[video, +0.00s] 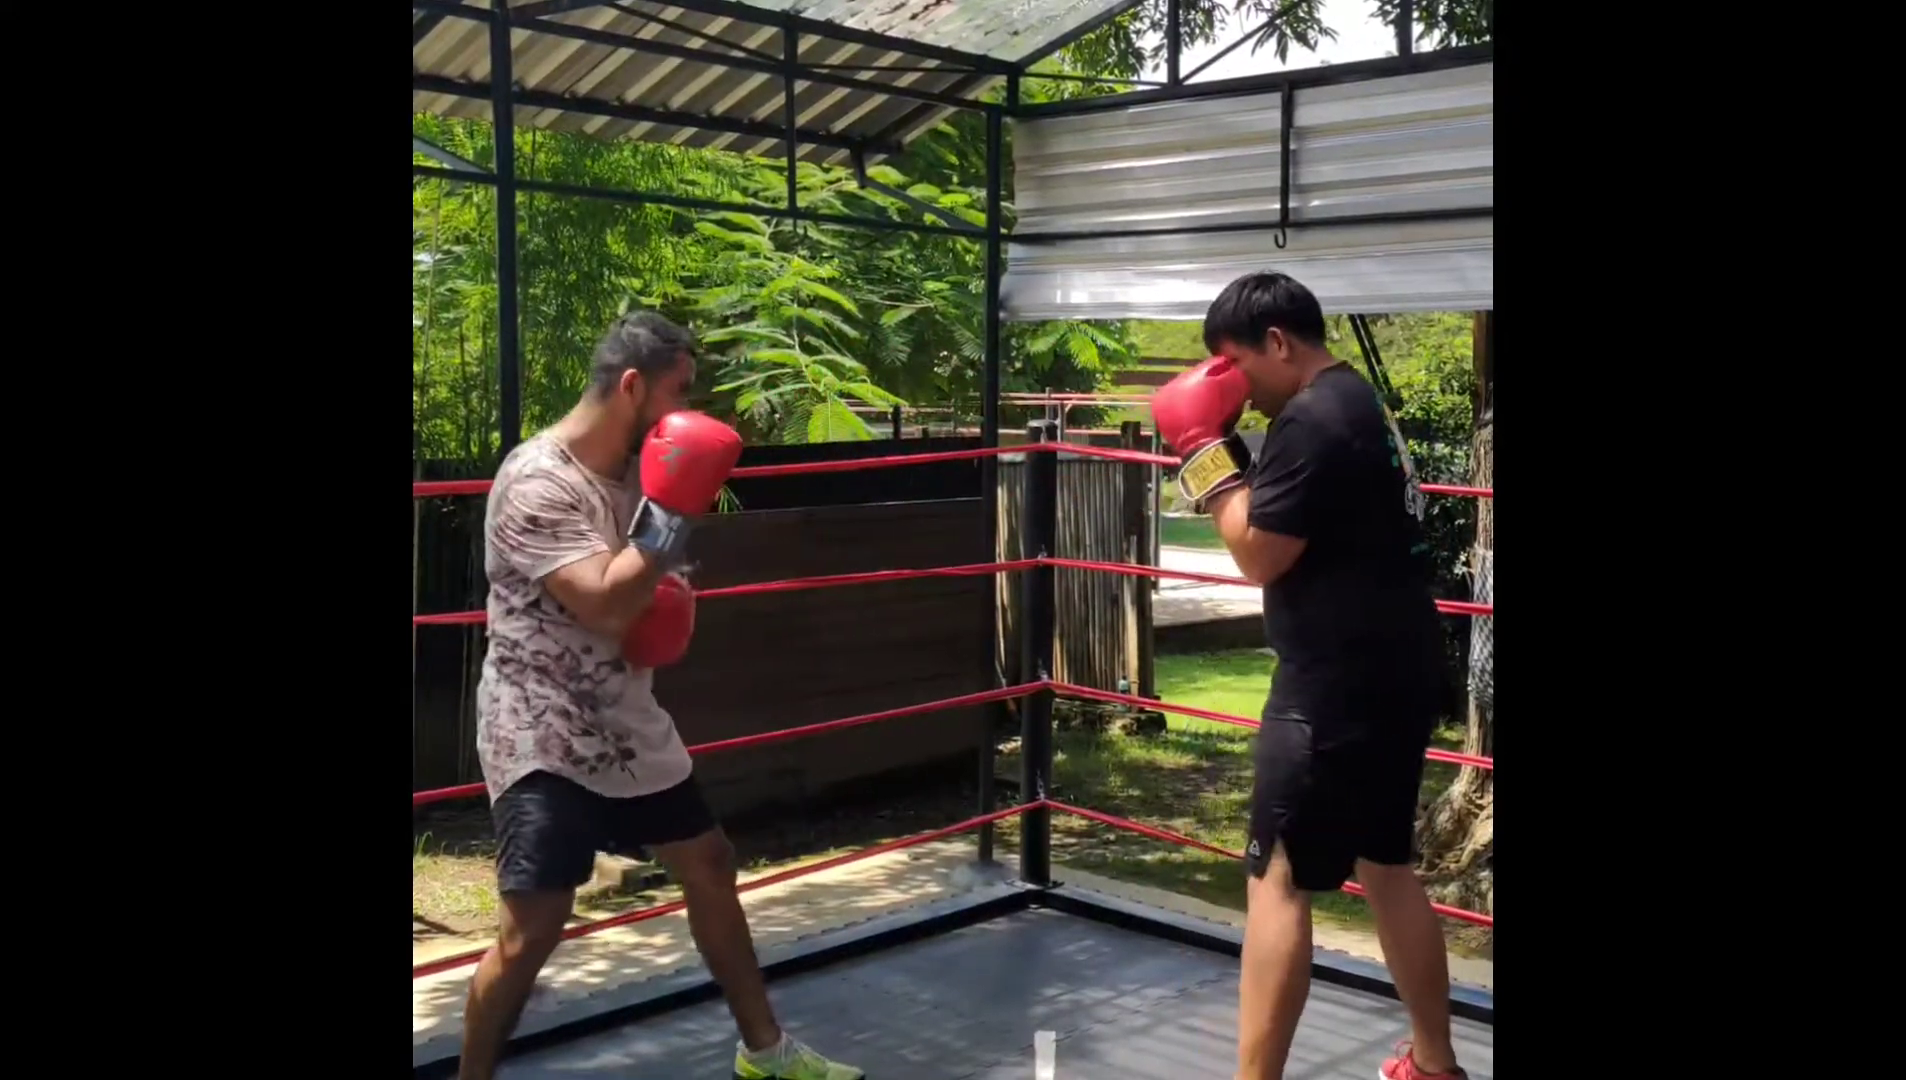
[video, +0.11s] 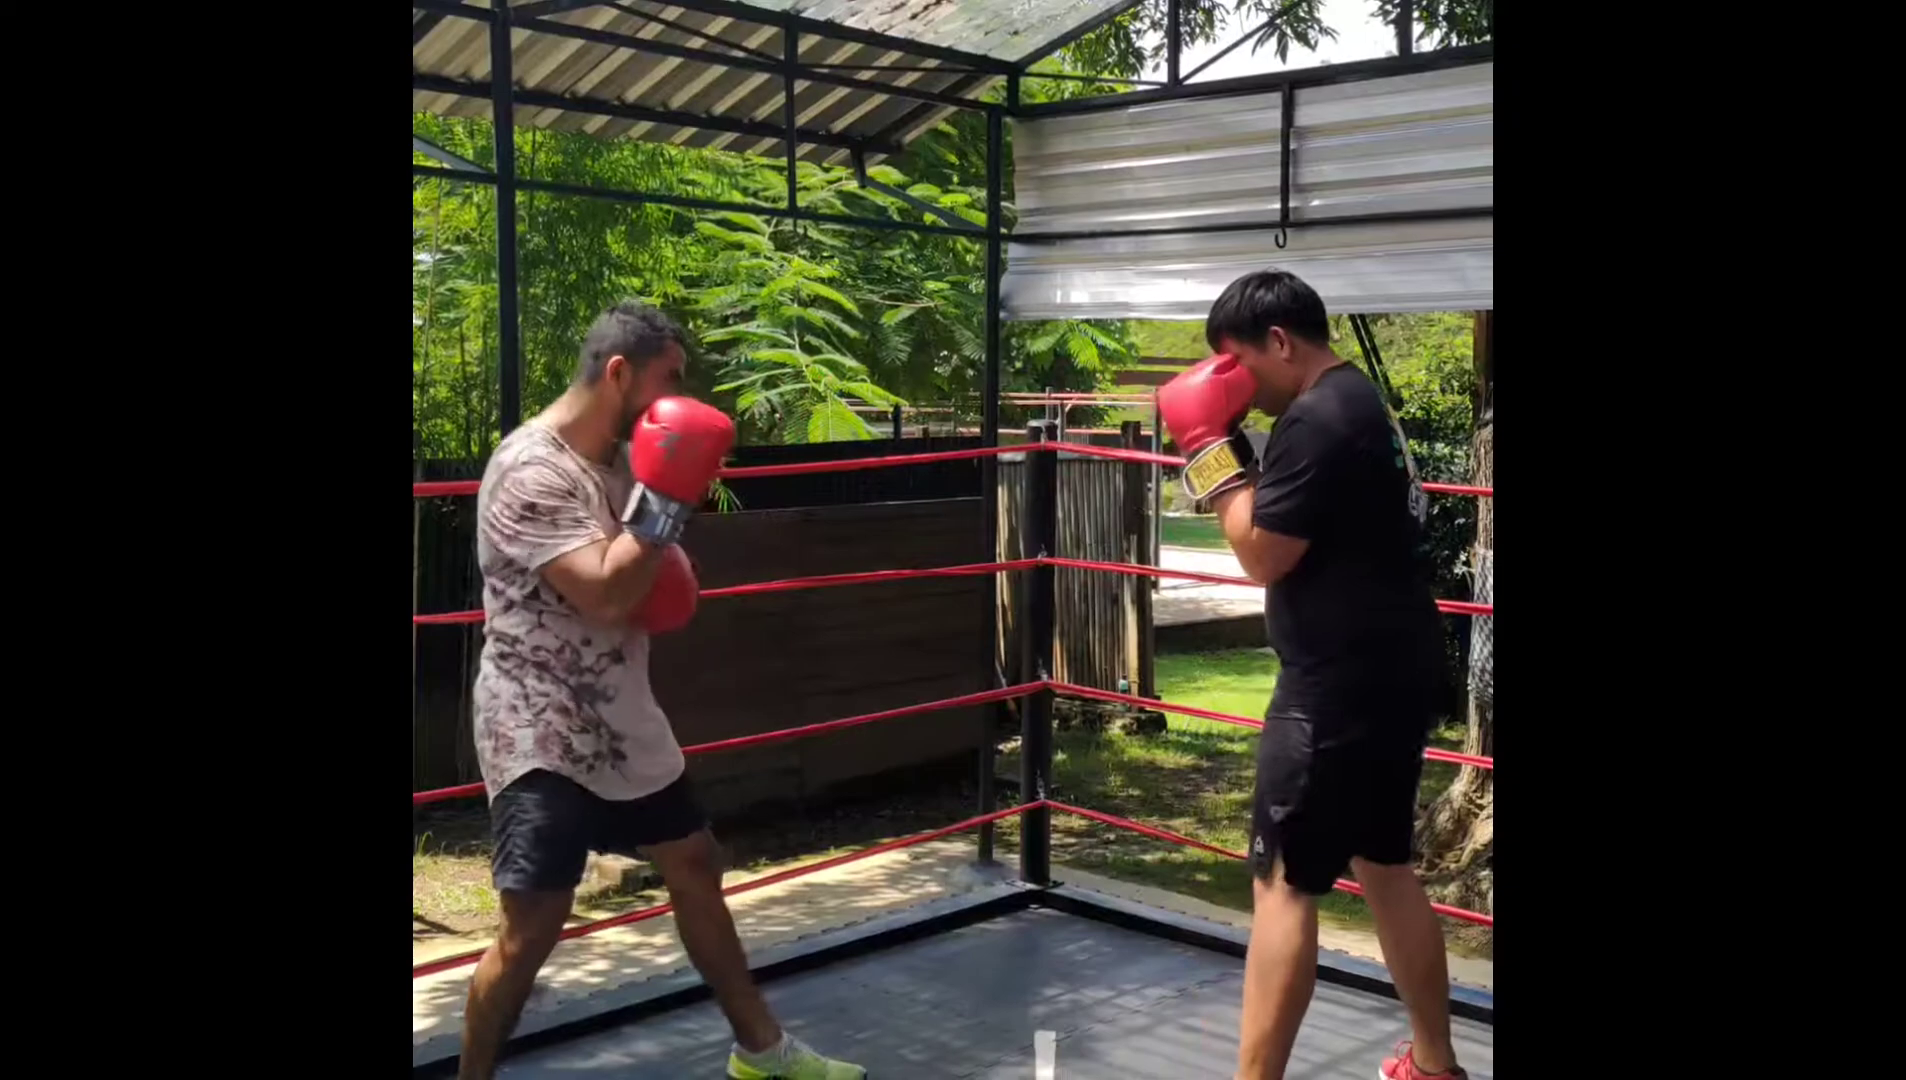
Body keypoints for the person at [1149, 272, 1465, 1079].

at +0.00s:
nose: (1233, 383)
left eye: (1234, 365)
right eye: (1225, 371)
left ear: (1280, 343)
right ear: (1294, 343)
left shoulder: (1313, 420)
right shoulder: (1352, 399)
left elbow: (1260, 558)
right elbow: (1278, 532)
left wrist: (1207, 456)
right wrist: (1226, 447)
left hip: (1329, 688)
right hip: (1393, 683)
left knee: (1277, 883)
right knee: (1389, 871)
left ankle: (1256, 1071)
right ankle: (1435, 1060)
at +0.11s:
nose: (1235, 381)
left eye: (1236, 362)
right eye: (1227, 368)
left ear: (1280, 341)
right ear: (1297, 340)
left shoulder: (1318, 420)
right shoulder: (1357, 398)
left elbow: (1261, 558)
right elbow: (1283, 536)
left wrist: (1212, 455)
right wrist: (1232, 449)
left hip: (1333, 687)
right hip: (1392, 681)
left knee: (1282, 884)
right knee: (1387, 869)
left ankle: (1256, 1072)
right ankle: (1435, 1060)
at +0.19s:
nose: (1235, 380)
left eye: (1236, 362)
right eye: (1228, 367)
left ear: (1281, 341)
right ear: (1297, 339)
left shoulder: (1319, 420)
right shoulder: (1357, 398)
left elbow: (1264, 559)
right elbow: (1280, 535)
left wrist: (1215, 453)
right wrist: (1232, 446)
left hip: (1331, 691)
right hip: (1392, 685)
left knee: (1278, 886)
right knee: (1387, 869)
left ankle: (1256, 1072)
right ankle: (1435, 1060)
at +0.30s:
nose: (1232, 383)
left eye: (1232, 365)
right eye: (1225, 370)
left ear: (1273, 346)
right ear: (1296, 342)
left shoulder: (1317, 422)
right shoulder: (1359, 399)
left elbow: (1261, 560)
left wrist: (1209, 454)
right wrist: (1233, 443)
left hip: (1328, 689)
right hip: (1397, 685)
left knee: (1254, 874)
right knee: (1386, 866)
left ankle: (1251, 1071)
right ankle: (1435, 1060)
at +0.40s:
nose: (1228, 385)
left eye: (1226, 368)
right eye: (1220, 372)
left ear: (1261, 351)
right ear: (1296, 343)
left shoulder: (1304, 423)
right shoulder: (1366, 400)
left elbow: (1229, 546)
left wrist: (1194, 439)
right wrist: (1231, 433)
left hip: (1317, 682)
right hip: (1402, 681)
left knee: (1240, 870)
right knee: (1385, 864)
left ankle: (1233, 1070)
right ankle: (1434, 1058)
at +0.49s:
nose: (1221, 381)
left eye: (1222, 364)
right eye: (1216, 366)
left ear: (1252, 350)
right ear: (1297, 343)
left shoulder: (1280, 418)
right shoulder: (1366, 398)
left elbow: (1182, 512)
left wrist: (1164, 412)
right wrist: (1219, 423)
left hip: (1309, 679)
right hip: (1404, 678)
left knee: (1238, 867)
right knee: (1390, 861)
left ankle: (1222, 1070)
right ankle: (1435, 1059)